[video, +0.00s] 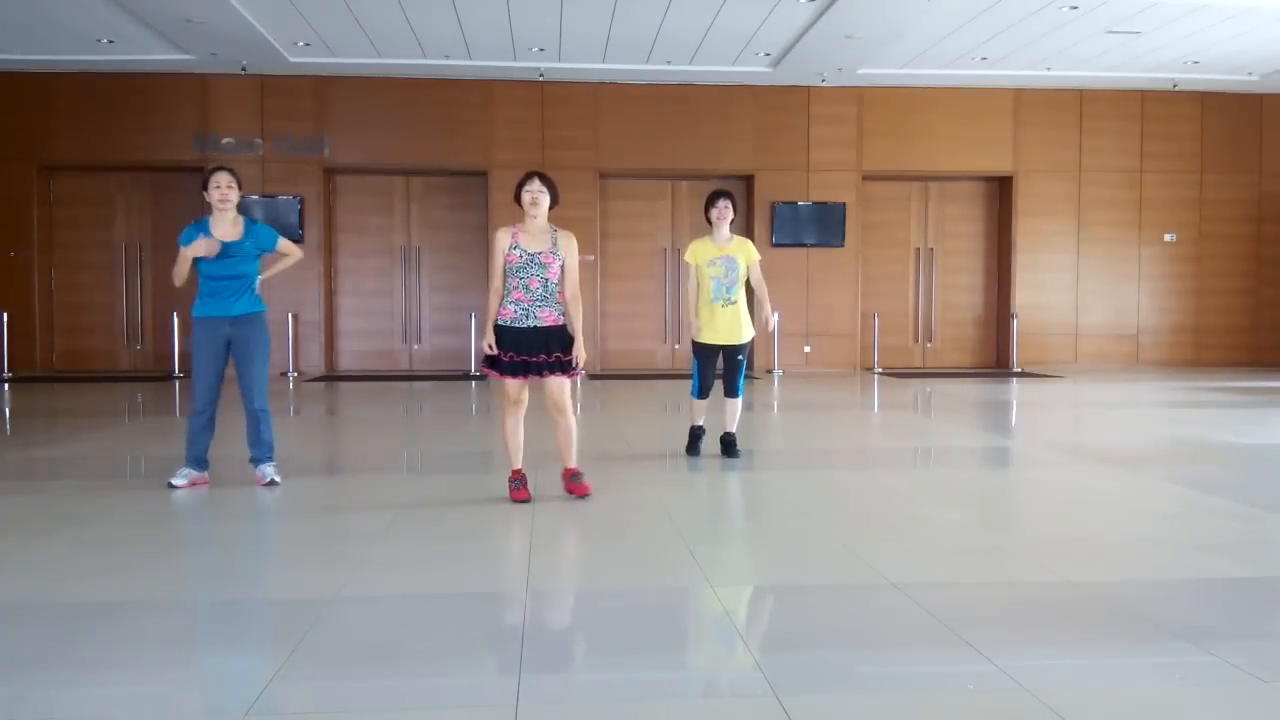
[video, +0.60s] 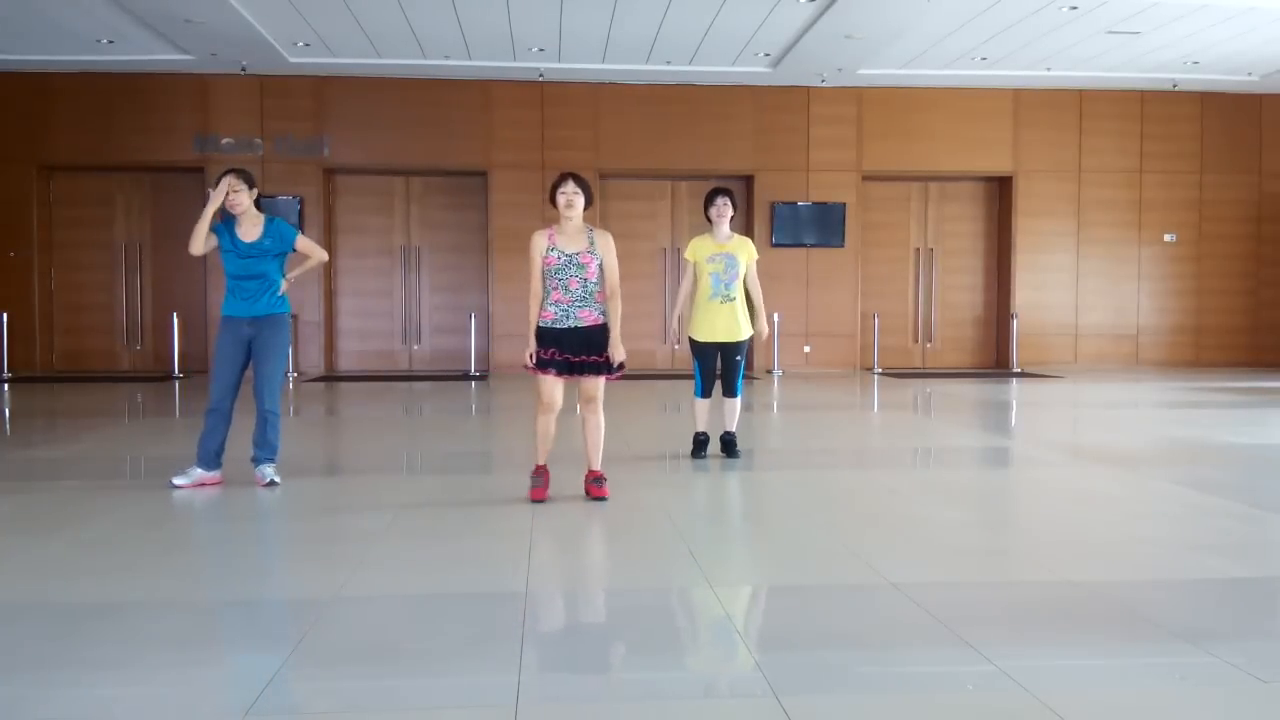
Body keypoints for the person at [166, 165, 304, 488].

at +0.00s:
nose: (223, 192)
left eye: (229, 187)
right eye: (217, 187)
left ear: (239, 194)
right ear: (206, 194)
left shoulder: (256, 231)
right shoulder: (194, 232)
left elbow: (296, 253)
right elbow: (178, 280)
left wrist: (263, 276)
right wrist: (190, 252)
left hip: (250, 321)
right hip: (208, 321)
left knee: (256, 398)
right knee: (203, 399)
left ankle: (264, 464)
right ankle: (196, 467)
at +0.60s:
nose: (231, 198)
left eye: (237, 191)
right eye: (226, 194)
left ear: (253, 193)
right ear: (222, 199)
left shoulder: (276, 228)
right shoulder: (223, 229)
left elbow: (319, 255)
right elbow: (196, 248)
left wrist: (288, 278)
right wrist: (211, 206)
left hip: (272, 320)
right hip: (234, 320)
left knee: (268, 397)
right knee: (220, 396)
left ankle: (265, 464)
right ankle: (209, 467)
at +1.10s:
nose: (230, 193)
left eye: (236, 187)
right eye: (223, 187)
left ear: (249, 193)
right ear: (215, 194)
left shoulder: (267, 230)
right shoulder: (206, 229)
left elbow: (308, 254)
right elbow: (182, 274)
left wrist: (279, 280)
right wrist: (191, 249)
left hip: (256, 321)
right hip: (215, 321)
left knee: (259, 396)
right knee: (221, 398)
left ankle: (265, 463)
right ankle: (228, 465)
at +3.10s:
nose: (243, 197)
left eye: (248, 192)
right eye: (236, 191)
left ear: (253, 198)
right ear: (221, 195)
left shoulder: (263, 236)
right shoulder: (202, 230)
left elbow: (286, 268)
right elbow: (163, 256)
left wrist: (278, 300)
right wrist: (190, 288)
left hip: (250, 321)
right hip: (208, 322)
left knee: (251, 396)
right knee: (215, 398)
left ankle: (259, 463)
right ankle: (222, 464)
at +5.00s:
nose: (250, 199)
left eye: (250, 193)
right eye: (244, 193)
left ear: (238, 196)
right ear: (224, 195)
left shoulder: (254, 233)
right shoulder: (197, 229)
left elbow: (280, 266)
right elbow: (156, 258)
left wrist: (301, 291)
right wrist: (187, 288)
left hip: (246, 321)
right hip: (205, 322)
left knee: (252, 395)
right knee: (211, 397)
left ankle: (266, 463)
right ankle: (216, 465)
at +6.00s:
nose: (247, 197)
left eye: (247, 191)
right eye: (240, 191)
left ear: (244, 195)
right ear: (220, 195)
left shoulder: (257, 233)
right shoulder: (200, 232)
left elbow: (275, 277)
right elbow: (163, 264)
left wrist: (291, 318)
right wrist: (195, 290)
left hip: (255, 322)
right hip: (215, 323)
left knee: (251, 395)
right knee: (217, 394)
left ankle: (250, 461)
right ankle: (216, 465)